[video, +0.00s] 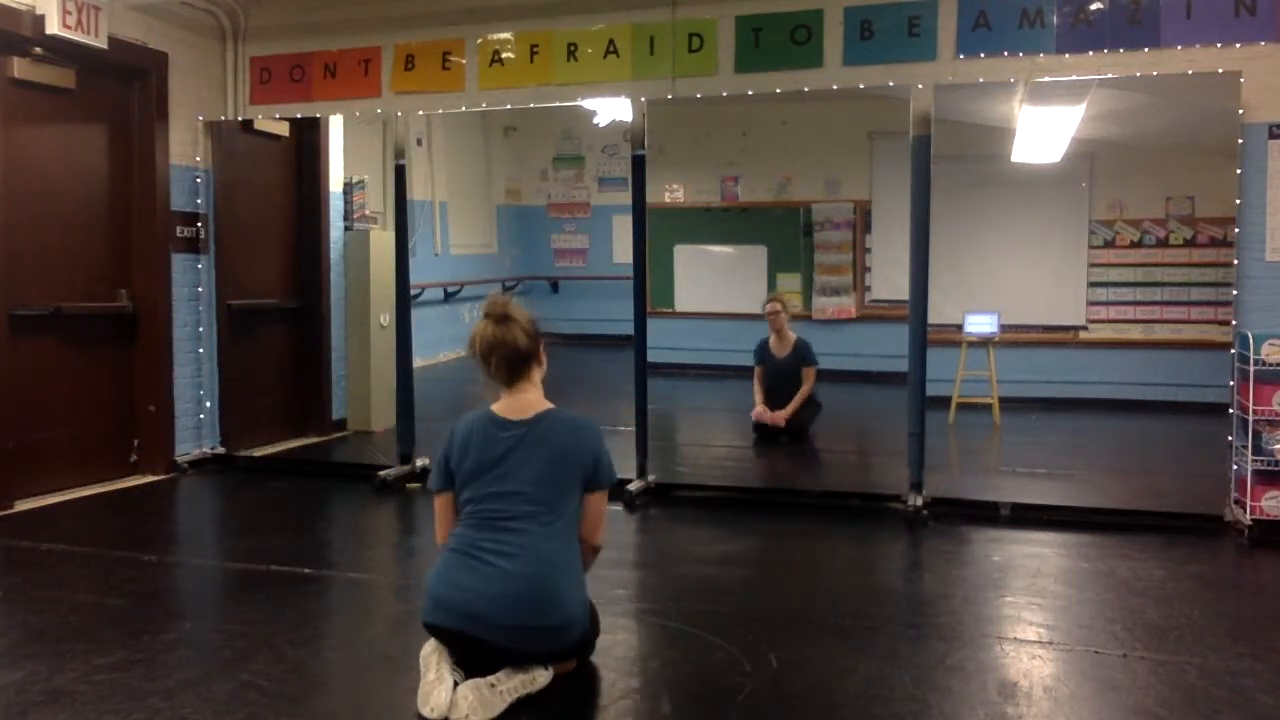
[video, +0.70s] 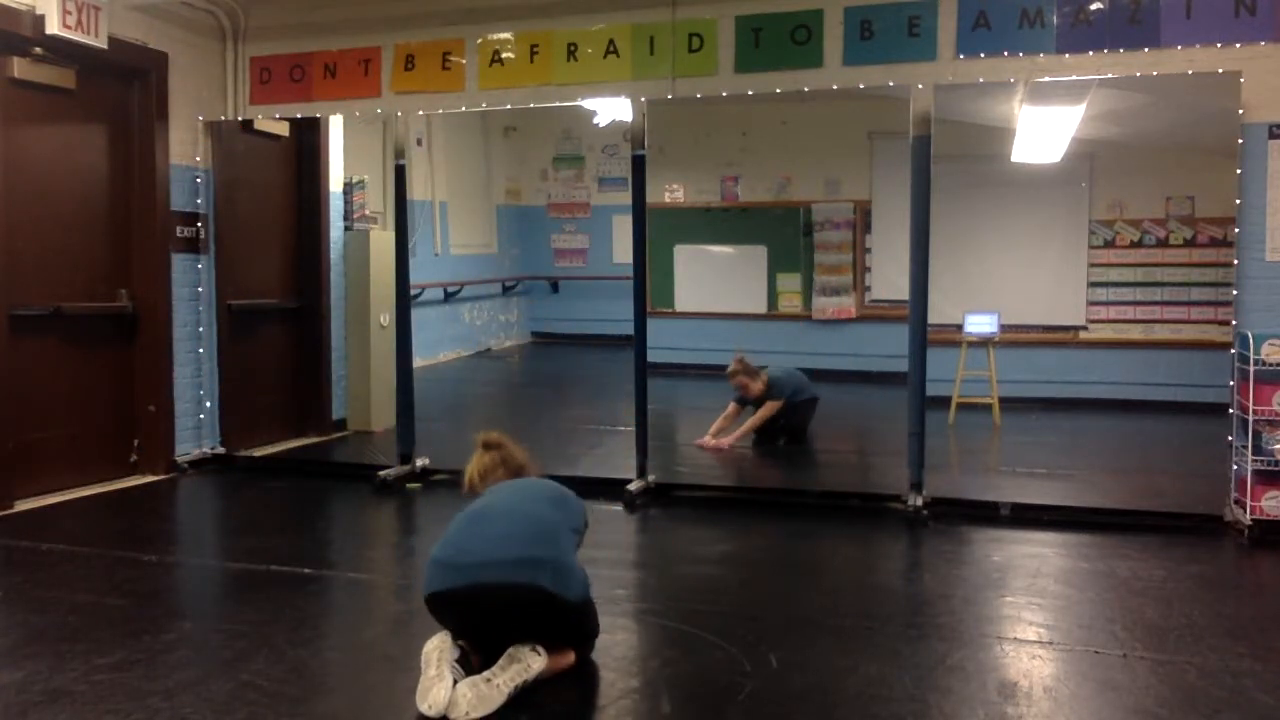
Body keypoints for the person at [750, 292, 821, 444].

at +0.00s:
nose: (773, 318)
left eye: (777, 313)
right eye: (769, 315)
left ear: (787, 315)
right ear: (765, 318)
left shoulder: (802, 347)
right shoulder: (762, 347)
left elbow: (808, 384)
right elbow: (757, 380)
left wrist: (786, 412)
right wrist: (759, 405)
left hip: (799, 401)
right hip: (772, 402)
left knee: (796, 430)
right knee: (761, 430)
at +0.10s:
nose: (764, 325)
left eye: (769, 320)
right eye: (761, 321)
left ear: (779, 321)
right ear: (758, 325)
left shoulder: (795, 353)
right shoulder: (758, 354)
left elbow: (806, 389)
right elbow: (754, 386)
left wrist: (785, 420)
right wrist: (756, 412)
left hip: (796, 404)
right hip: (770, 405)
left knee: (796, 434)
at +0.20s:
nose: (755, 338)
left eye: (759, 332)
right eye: (752, 334)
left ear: (769, 332)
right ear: (749, 337)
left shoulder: (789, 360)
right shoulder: (754, 364)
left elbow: (800, 398)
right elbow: (746, 397)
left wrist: (778, 430)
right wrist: (748, 424)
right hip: (772, 406)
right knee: (754, 436)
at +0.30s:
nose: (745, 356)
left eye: (748, 350)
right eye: (742, 352)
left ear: (759, 347)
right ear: (739, 354)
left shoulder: (785, 369)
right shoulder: (751, 375)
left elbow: (791, 409)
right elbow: (740, 406)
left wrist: (765, 435)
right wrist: (735, 431)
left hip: (805, 401)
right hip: (774, 401)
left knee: (795, 432)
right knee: (759, 429)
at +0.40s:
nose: (745, 373)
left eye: (745, 367)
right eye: (741, 369)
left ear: (754, 362)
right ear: (739, 371)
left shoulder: (781, 377)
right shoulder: (750, 384)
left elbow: (779, 414)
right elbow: (735, 411)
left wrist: (749, 436)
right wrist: (723, 433)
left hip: (804, 400)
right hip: (772, 400)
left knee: (795, 438)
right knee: (762, 439)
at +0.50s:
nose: (741, 384)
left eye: (742, 379)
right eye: (739, 381)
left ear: (752, 372)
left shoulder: (781, 382)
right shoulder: (749, 387)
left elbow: (764, 419)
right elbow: (731, 415)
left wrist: (735, 439)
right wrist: (713, 435)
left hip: (803, 400)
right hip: (776, 403)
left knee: (794, 440)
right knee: (762, 442)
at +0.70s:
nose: (742, 392)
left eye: (744, 387)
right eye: (739, 389)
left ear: (754, 378)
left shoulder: (780, 384)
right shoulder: (749, 388)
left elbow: (759, 418)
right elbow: (729, 414)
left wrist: (729, 440)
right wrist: (710, 435)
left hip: (802, 400)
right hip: (777, 401)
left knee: (794, 438)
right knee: (763, 439)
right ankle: (763, 472)